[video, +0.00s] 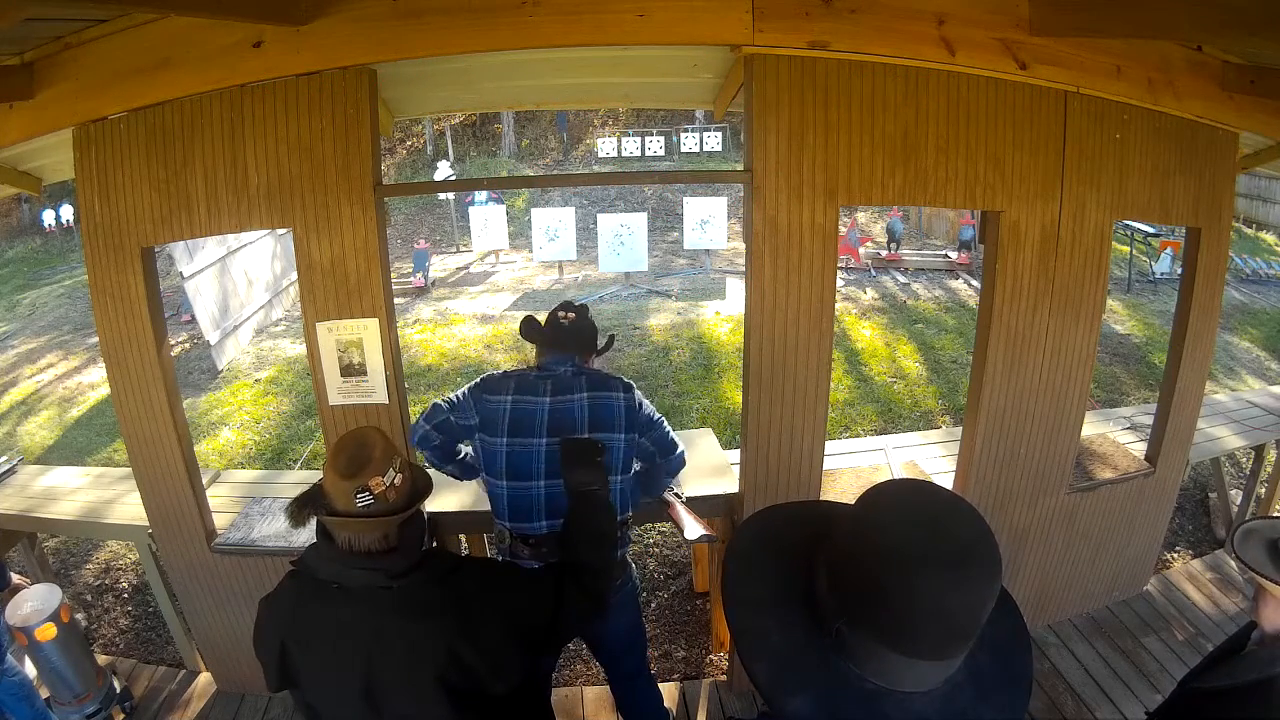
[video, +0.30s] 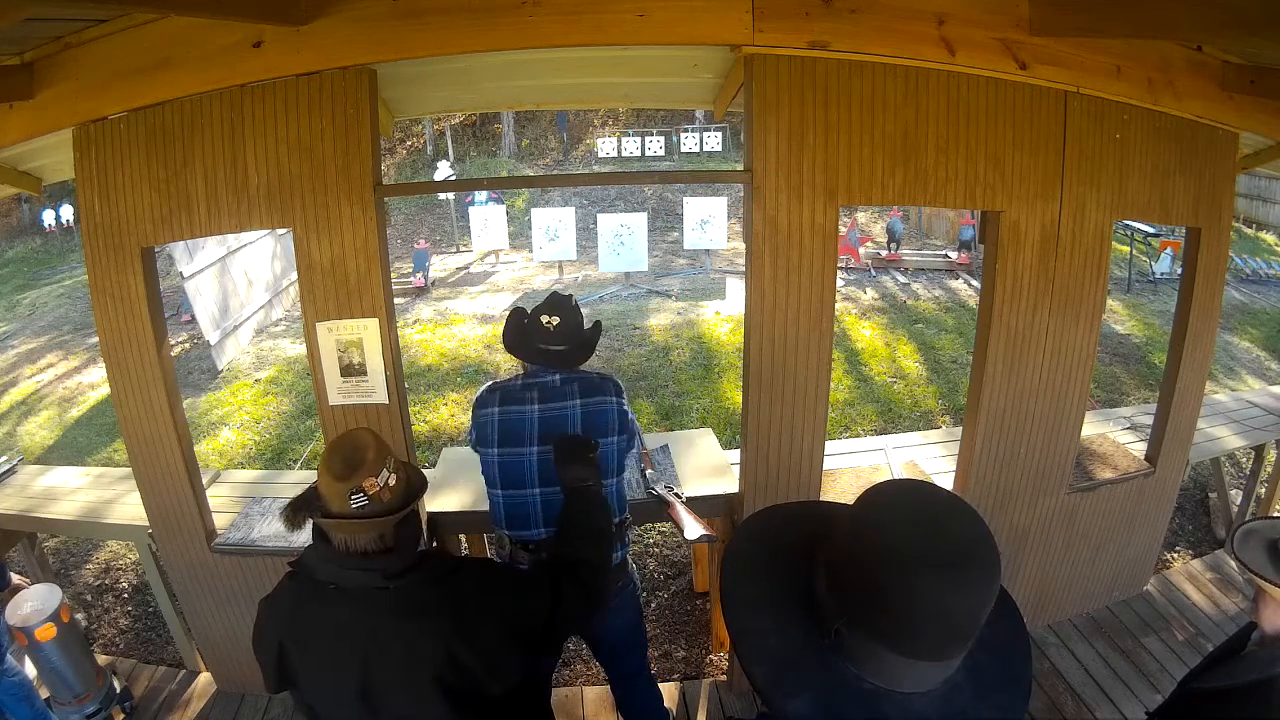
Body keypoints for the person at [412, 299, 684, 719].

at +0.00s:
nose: (596, 360)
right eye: (595, 352)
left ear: (538, 348)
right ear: (590, 354)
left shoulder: (489, 391)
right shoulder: (620, 393)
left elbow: (425, 433)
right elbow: (670, 456)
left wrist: (478, 467)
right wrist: (629, 495)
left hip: (524, 579)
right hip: (604, 573)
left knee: (528, 694)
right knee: (634, 685)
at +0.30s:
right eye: (580, 335)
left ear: (523, 342)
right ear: (581, 343)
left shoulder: (489, 401)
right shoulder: (608, 391)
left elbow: (479, 449)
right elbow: (629, 459)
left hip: (526, 585)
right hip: (605, 577)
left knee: (530, 696)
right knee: (636, 686)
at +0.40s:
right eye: (583, 335)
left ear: (522, 343)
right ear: (581, 344)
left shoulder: (489, 398)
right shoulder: (607, 392)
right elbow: (606, 468)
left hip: (525, 582)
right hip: (604, 575)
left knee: (529, 695)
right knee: (636, 688)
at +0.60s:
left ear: (528, 341)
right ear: (583, 344)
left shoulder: (494, 392)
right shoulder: (607, 387)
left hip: (524, 582)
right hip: (602, 575)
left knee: (529, 693)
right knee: (636, 687)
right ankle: (653, 716)